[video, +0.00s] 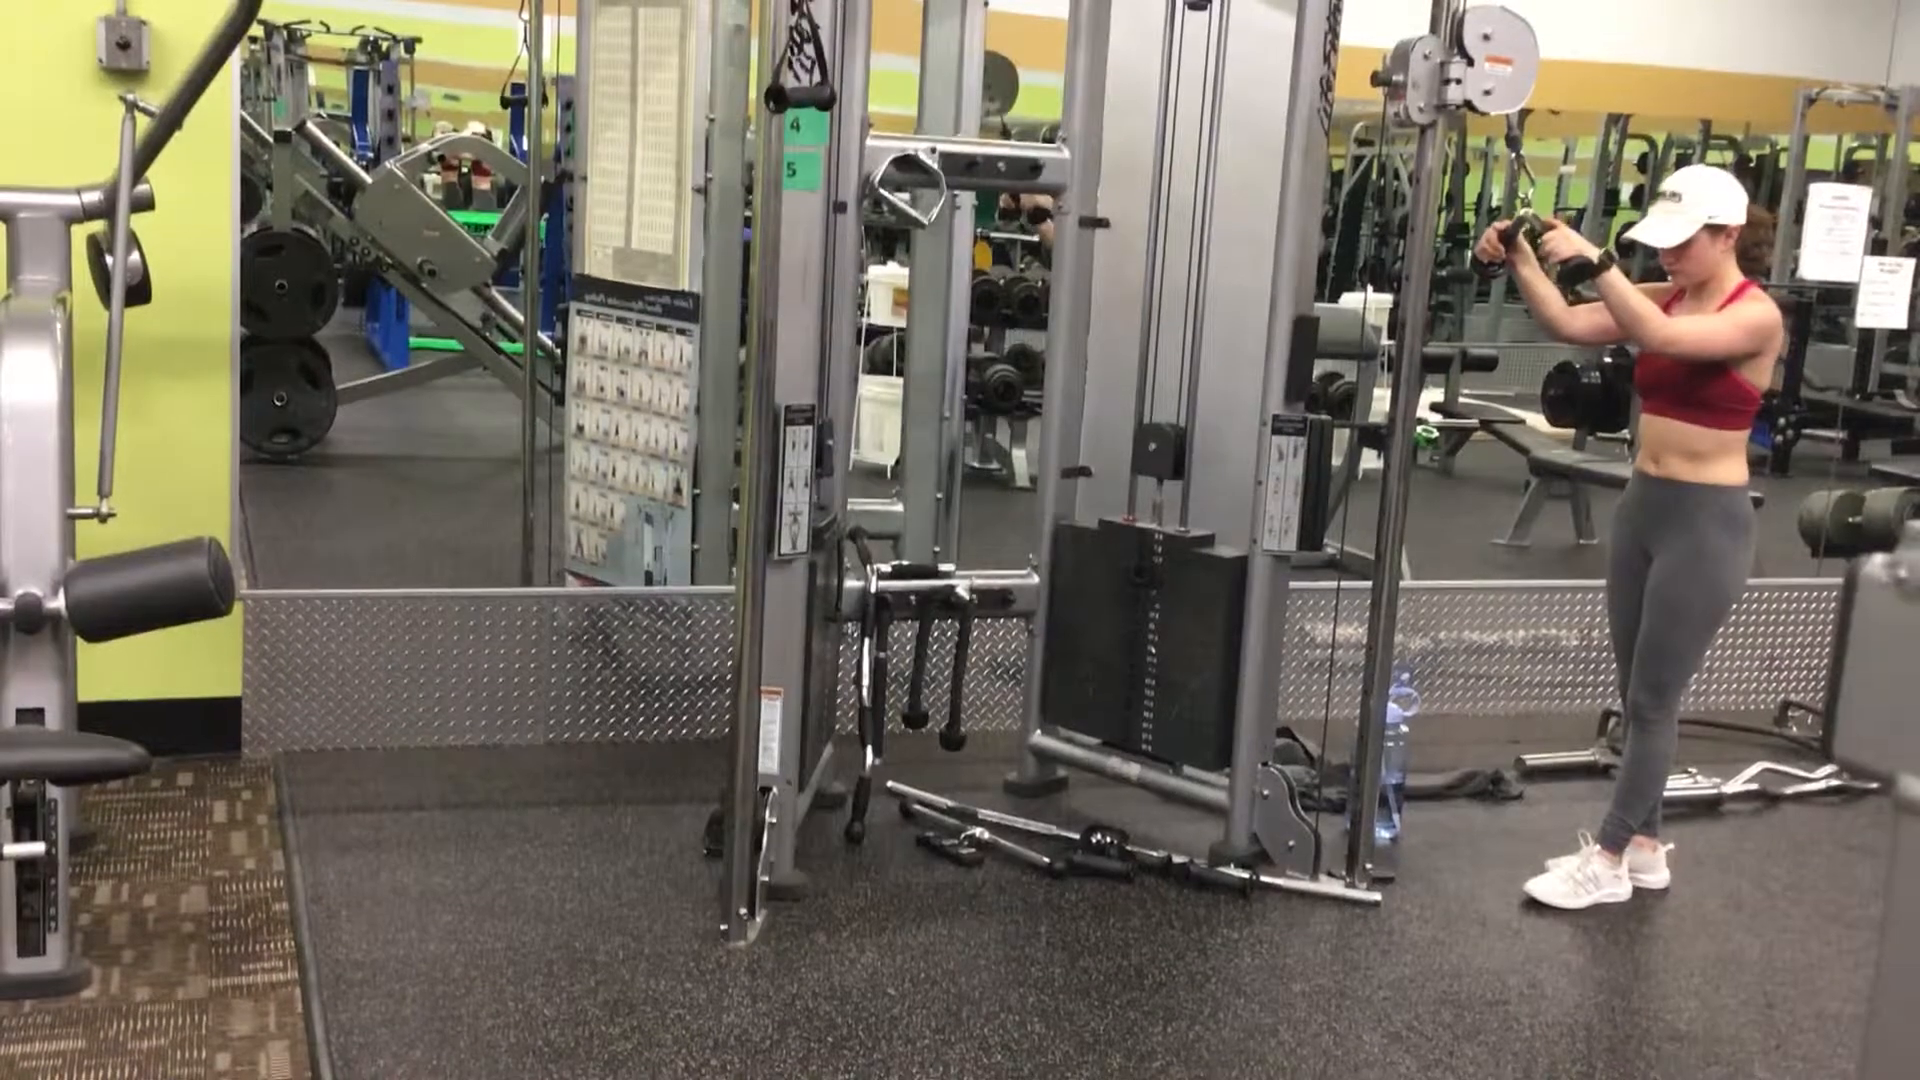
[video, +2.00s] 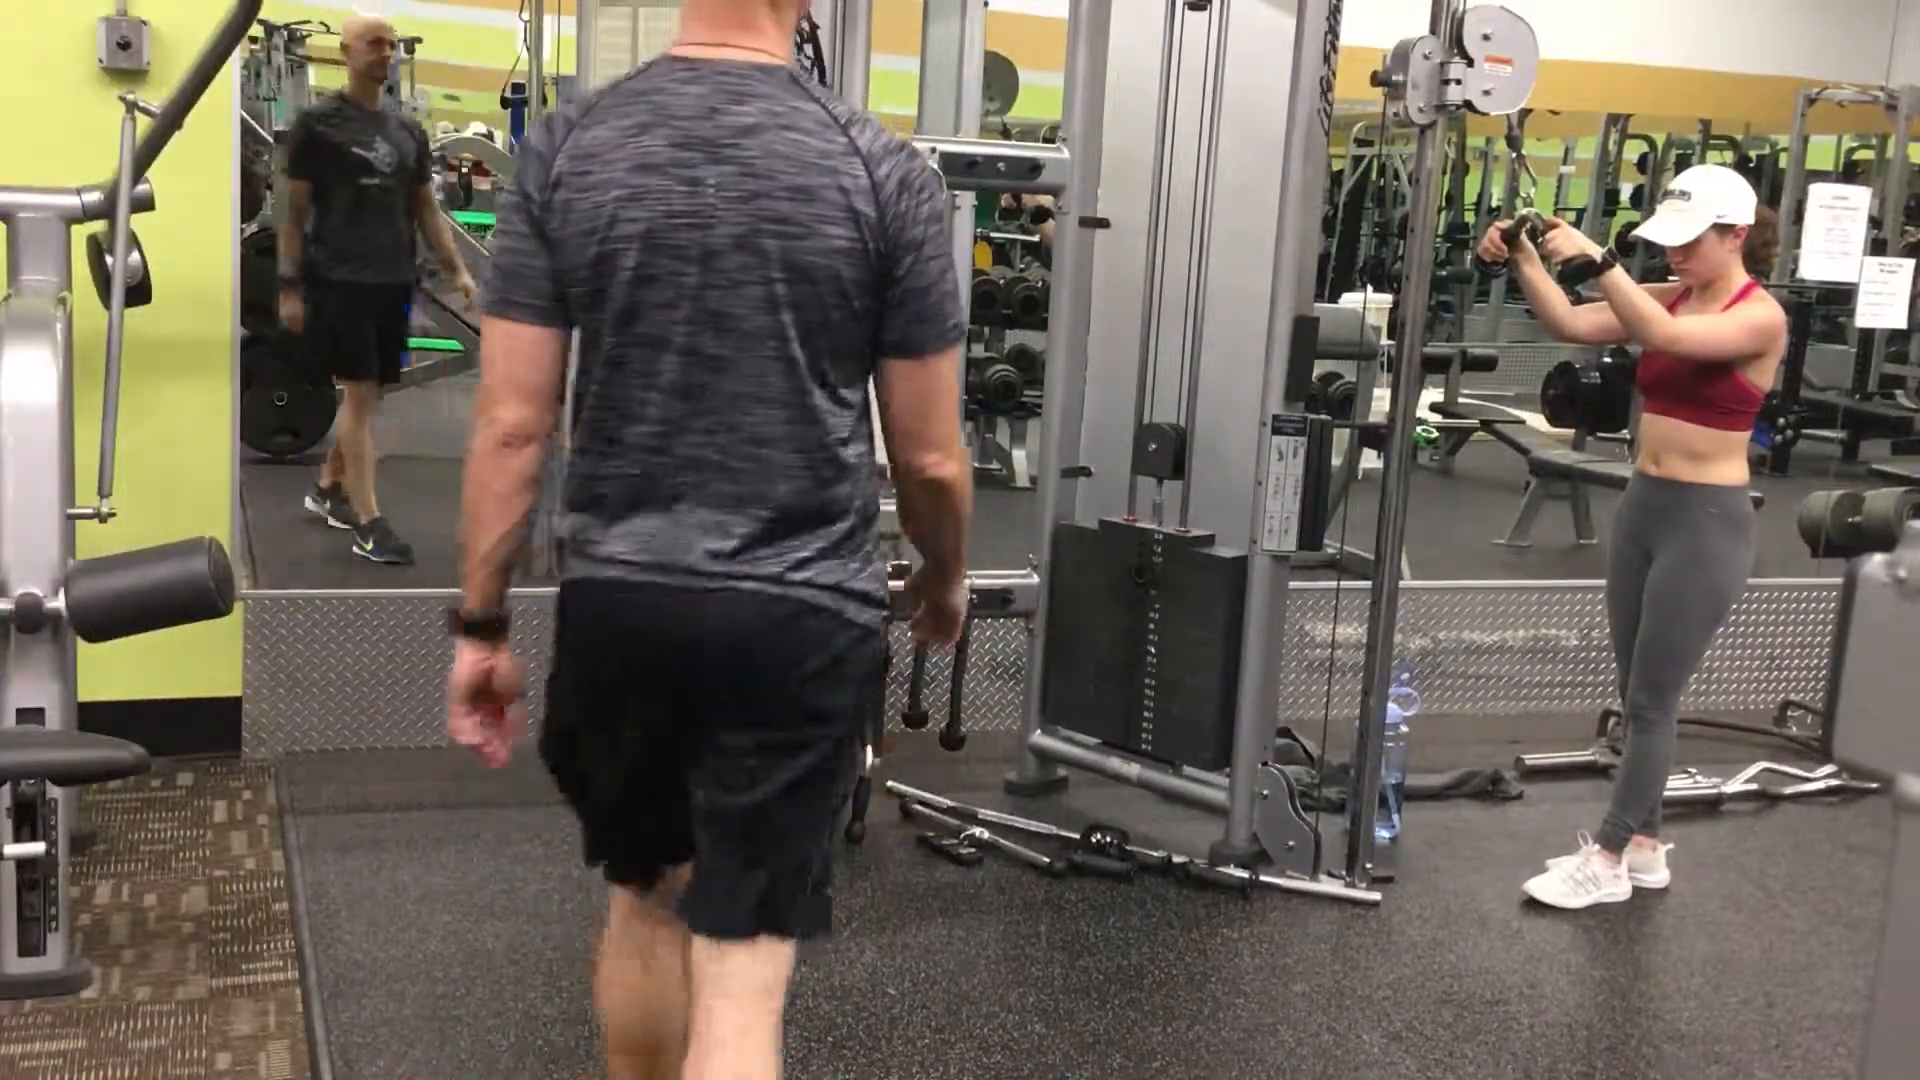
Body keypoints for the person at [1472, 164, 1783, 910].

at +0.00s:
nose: (1667, 255)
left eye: (1680, 241)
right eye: (1663, 243)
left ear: (1727, 235)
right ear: (1664, 241)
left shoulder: (1758, 315)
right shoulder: (1665, 299)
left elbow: (1661, 335)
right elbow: (1568, 322)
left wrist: (1593, 260)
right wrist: (1518, 261)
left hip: (1707, 523)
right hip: (1641, 508)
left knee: (1653, 700)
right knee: (1638, 691)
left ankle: (1607, 858)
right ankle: (1644, 844)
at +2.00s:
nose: (1673, 255)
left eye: (1686, 241)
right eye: (1668, 242)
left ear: (1735, 236)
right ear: (1669, 241)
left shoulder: (1763, 317)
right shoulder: (1669, 299)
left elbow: (1666, 335)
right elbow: (1571, 322)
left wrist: (1596, 259)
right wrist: (1521, 258)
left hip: (1708, 524)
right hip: (1640, 510)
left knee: (1652, 700)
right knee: (1639, 694)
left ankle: (1607, 858)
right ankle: (1644, 845)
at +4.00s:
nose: (1683, 252)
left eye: (1699, 238)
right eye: (1680, 239)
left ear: (1748, 236)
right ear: (1682, 238)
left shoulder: (1771, 318)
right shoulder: (1678, 300)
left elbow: (1673, 330)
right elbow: (1584, 317)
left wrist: (1604, 256)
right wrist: (1527, 257)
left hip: (1709, 523)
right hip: (1642, 509)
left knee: (1652, 698)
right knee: (1639, 692)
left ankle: (1605, 859)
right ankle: (1646, 846)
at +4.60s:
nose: (1685, 253)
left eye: (1700, 239)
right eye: (1681, 239)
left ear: (1749, 236)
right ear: (1681, 238)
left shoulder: (1772, 318)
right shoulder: (1679, 301)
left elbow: (1673, 328)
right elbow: (1584, 317)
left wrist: (1603, 255)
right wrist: (1529, 257)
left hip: (1709, 523)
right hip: (1642, 508)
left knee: (1653, 698)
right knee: (1639, 692)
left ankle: (1605, 858)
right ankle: (1646, 846)